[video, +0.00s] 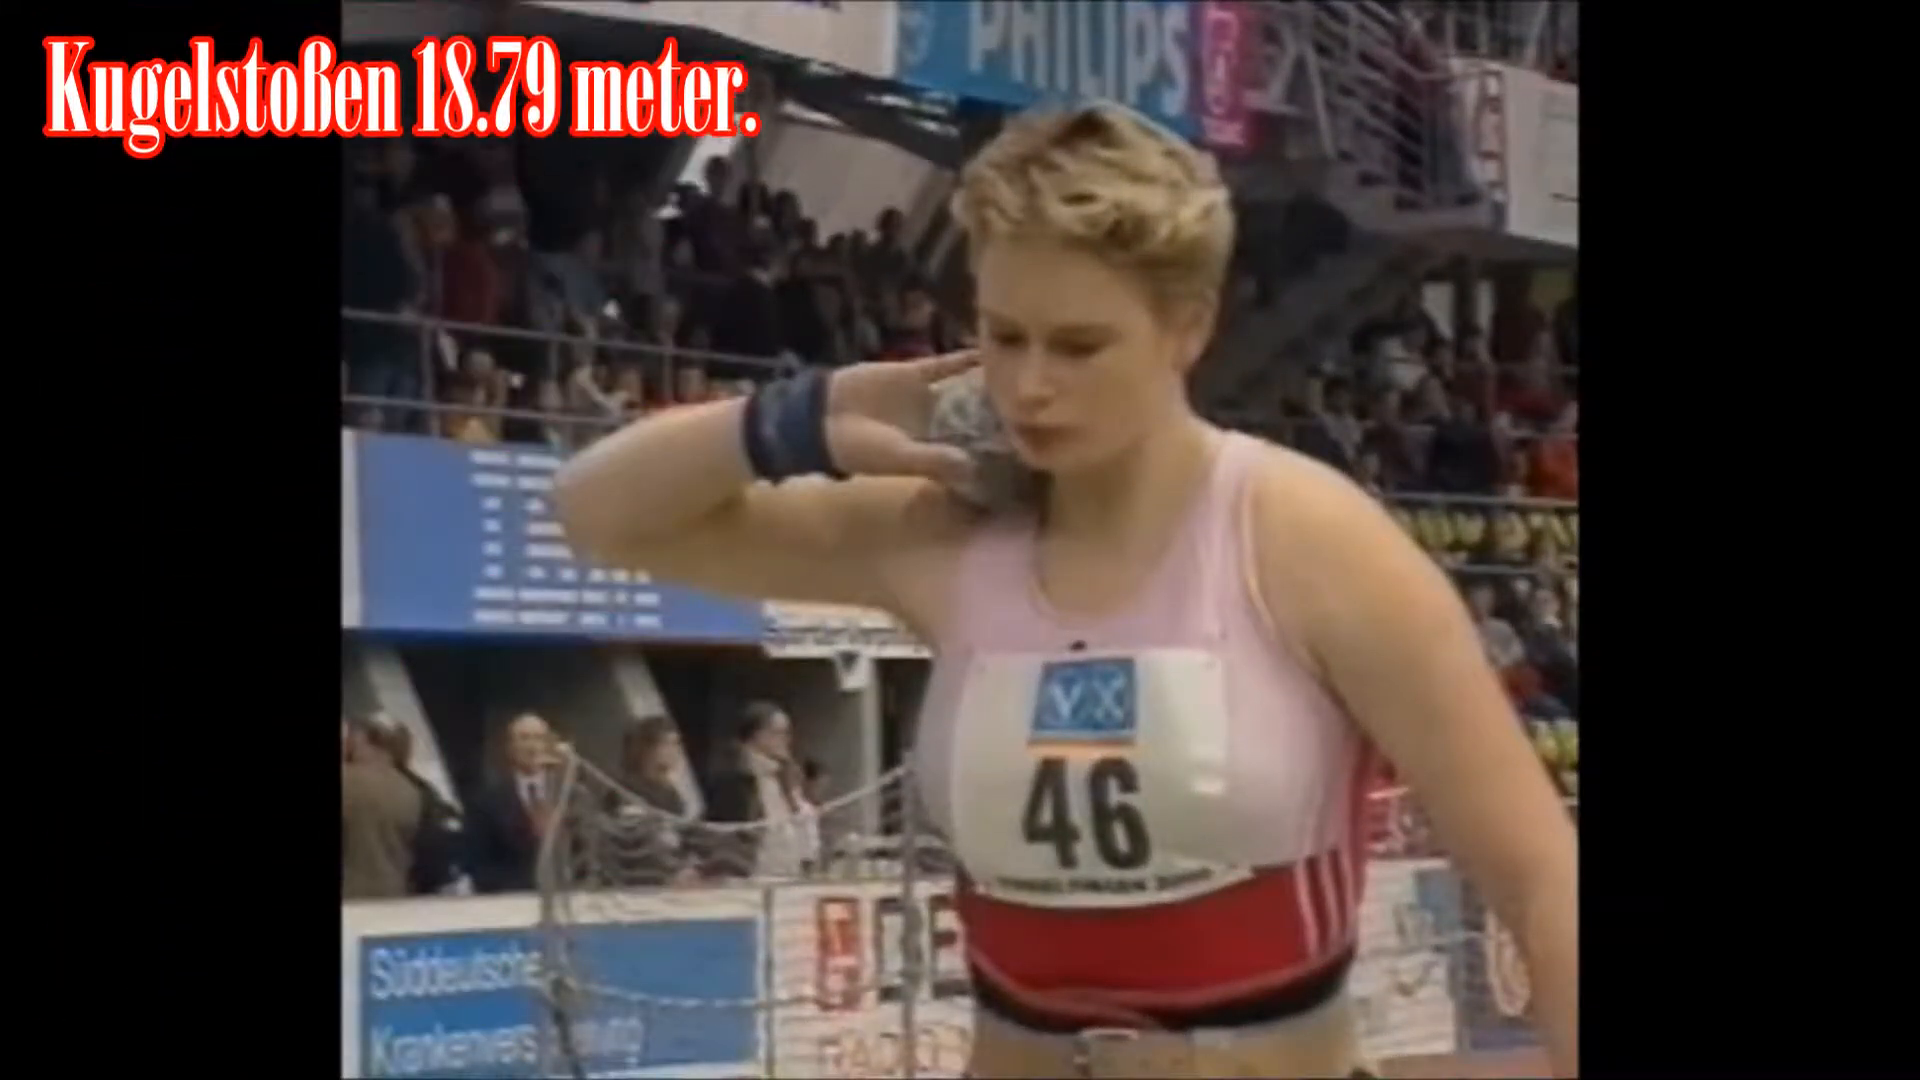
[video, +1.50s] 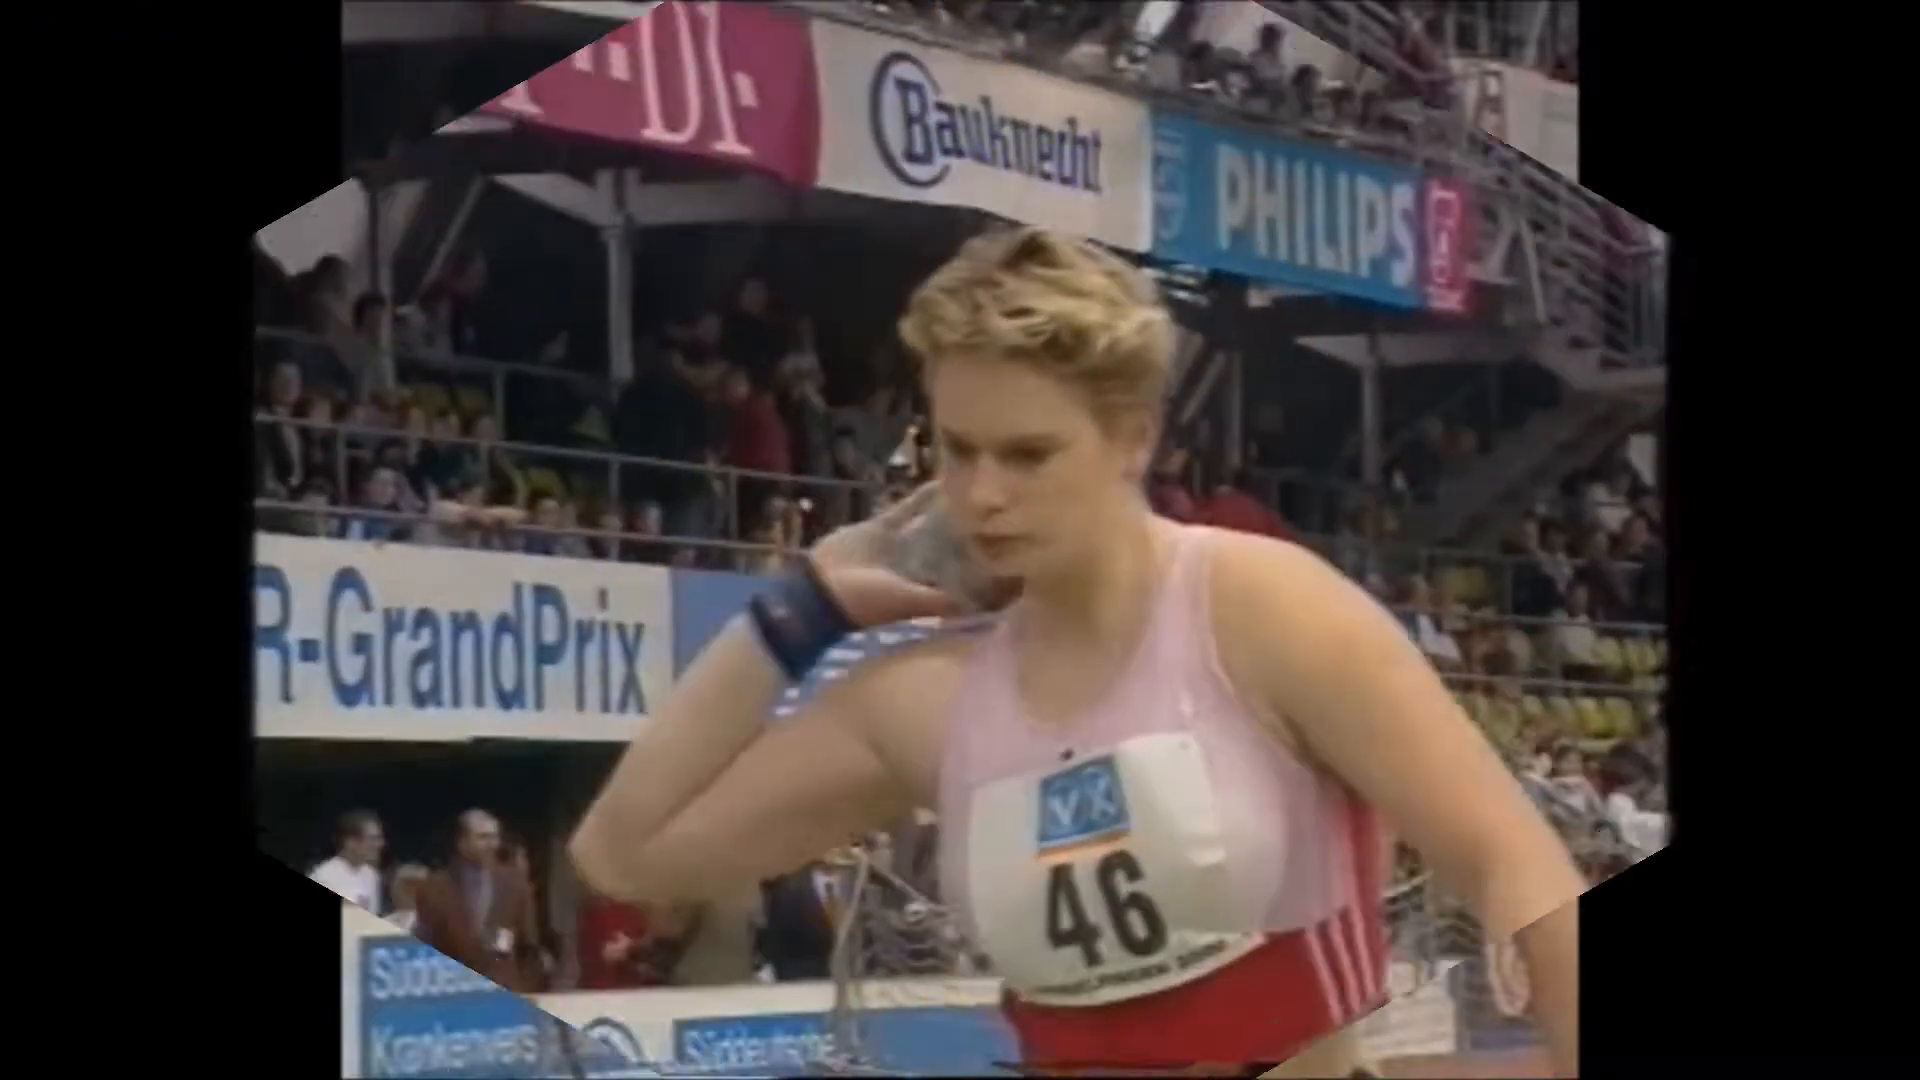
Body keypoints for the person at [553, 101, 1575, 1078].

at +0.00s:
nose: (1028, 386)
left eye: (1079, 344)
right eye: (1004, 338)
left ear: (1186, 330)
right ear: (974, 324)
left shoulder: (1303, 533)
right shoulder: (928, 534)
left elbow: (1539, 875)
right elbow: (600, 512)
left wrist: (1564, 1060)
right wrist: (809, 420)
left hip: (1270, 1054)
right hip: (1016, 1051)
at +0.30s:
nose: (1028, 386)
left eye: (1079, 344)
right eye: (1004, 338)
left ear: (1186, 330)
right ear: (974, 324)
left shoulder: (1303, 533)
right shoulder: (928, 534)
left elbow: (1539, 875)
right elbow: (600, 512)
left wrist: (1564, 1060)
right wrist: (810, 420)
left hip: (1270, 1054)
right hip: (1016, 1051)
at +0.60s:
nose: (1028, 387)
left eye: (1079, 345)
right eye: (1004, 339)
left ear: (1186, 329)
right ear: (974, 326)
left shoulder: (1302, 533)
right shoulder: (925, 532)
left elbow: (1539, 874)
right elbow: (599, 512)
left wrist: (1564, 1060)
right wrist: (813, 419)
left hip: (1271, 1055)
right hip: (1016, 1052)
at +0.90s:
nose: (1049, 381)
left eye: (1087, 344)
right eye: (1014, 338)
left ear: (1187, 326)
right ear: (970, 319)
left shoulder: (1312, 538)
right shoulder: (949, 539)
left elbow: (1539, 876)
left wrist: (1561, 1051)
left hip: (1269, 1050)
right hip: (1011, 1048)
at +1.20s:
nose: (873, 549)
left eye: (914, 501)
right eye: (843, 503)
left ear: (1020, 475)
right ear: (813, 491)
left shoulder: (1178, 625)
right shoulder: (824, 735)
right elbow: (583, 953)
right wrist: (655, 653)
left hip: (1282, 1068)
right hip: (1006, 1073)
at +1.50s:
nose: (981, 496)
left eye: (1027, 453)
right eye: (954, 453)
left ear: (1133, 439)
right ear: (929, 454)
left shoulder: (1260, 604)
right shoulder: (921, 705)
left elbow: (1519, 871)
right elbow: (623, 855)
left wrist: (1558, 1043)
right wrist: (801, 603)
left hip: (1315, 1052)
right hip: (1074, 1063)